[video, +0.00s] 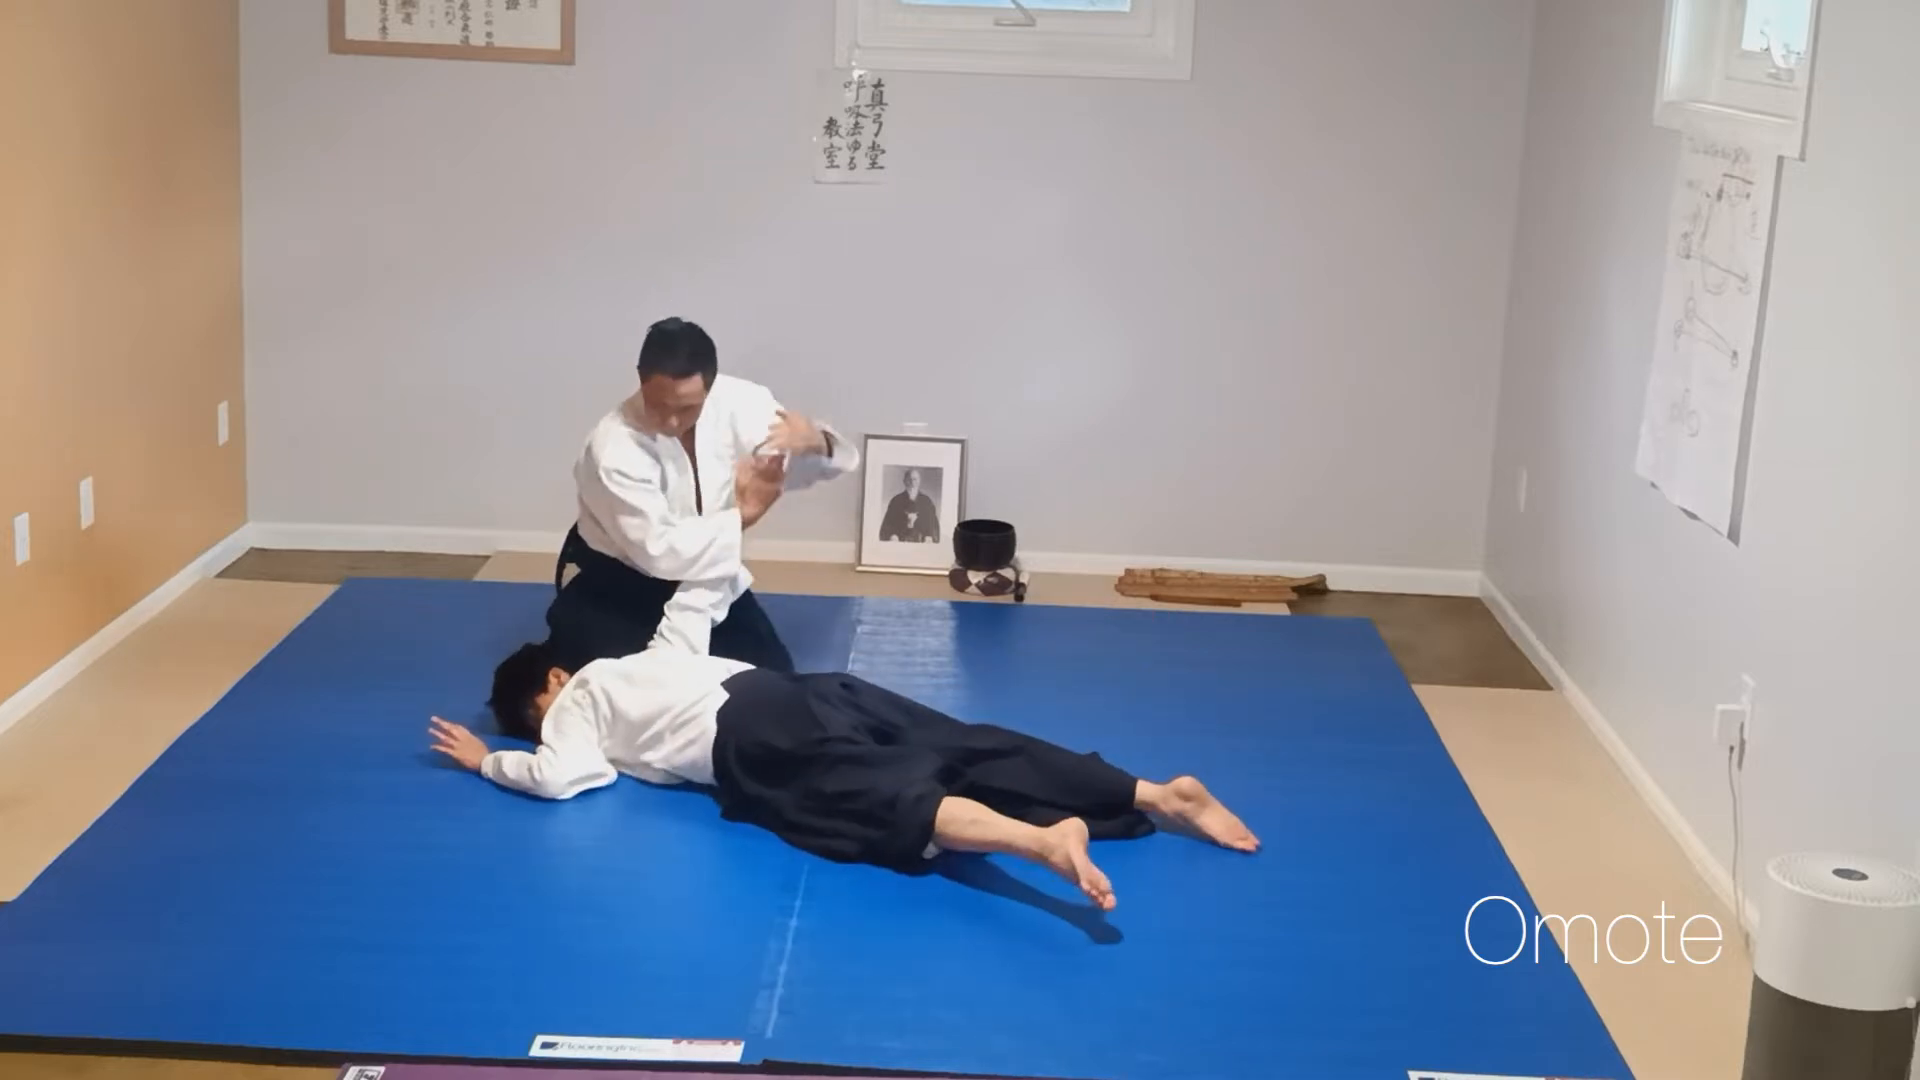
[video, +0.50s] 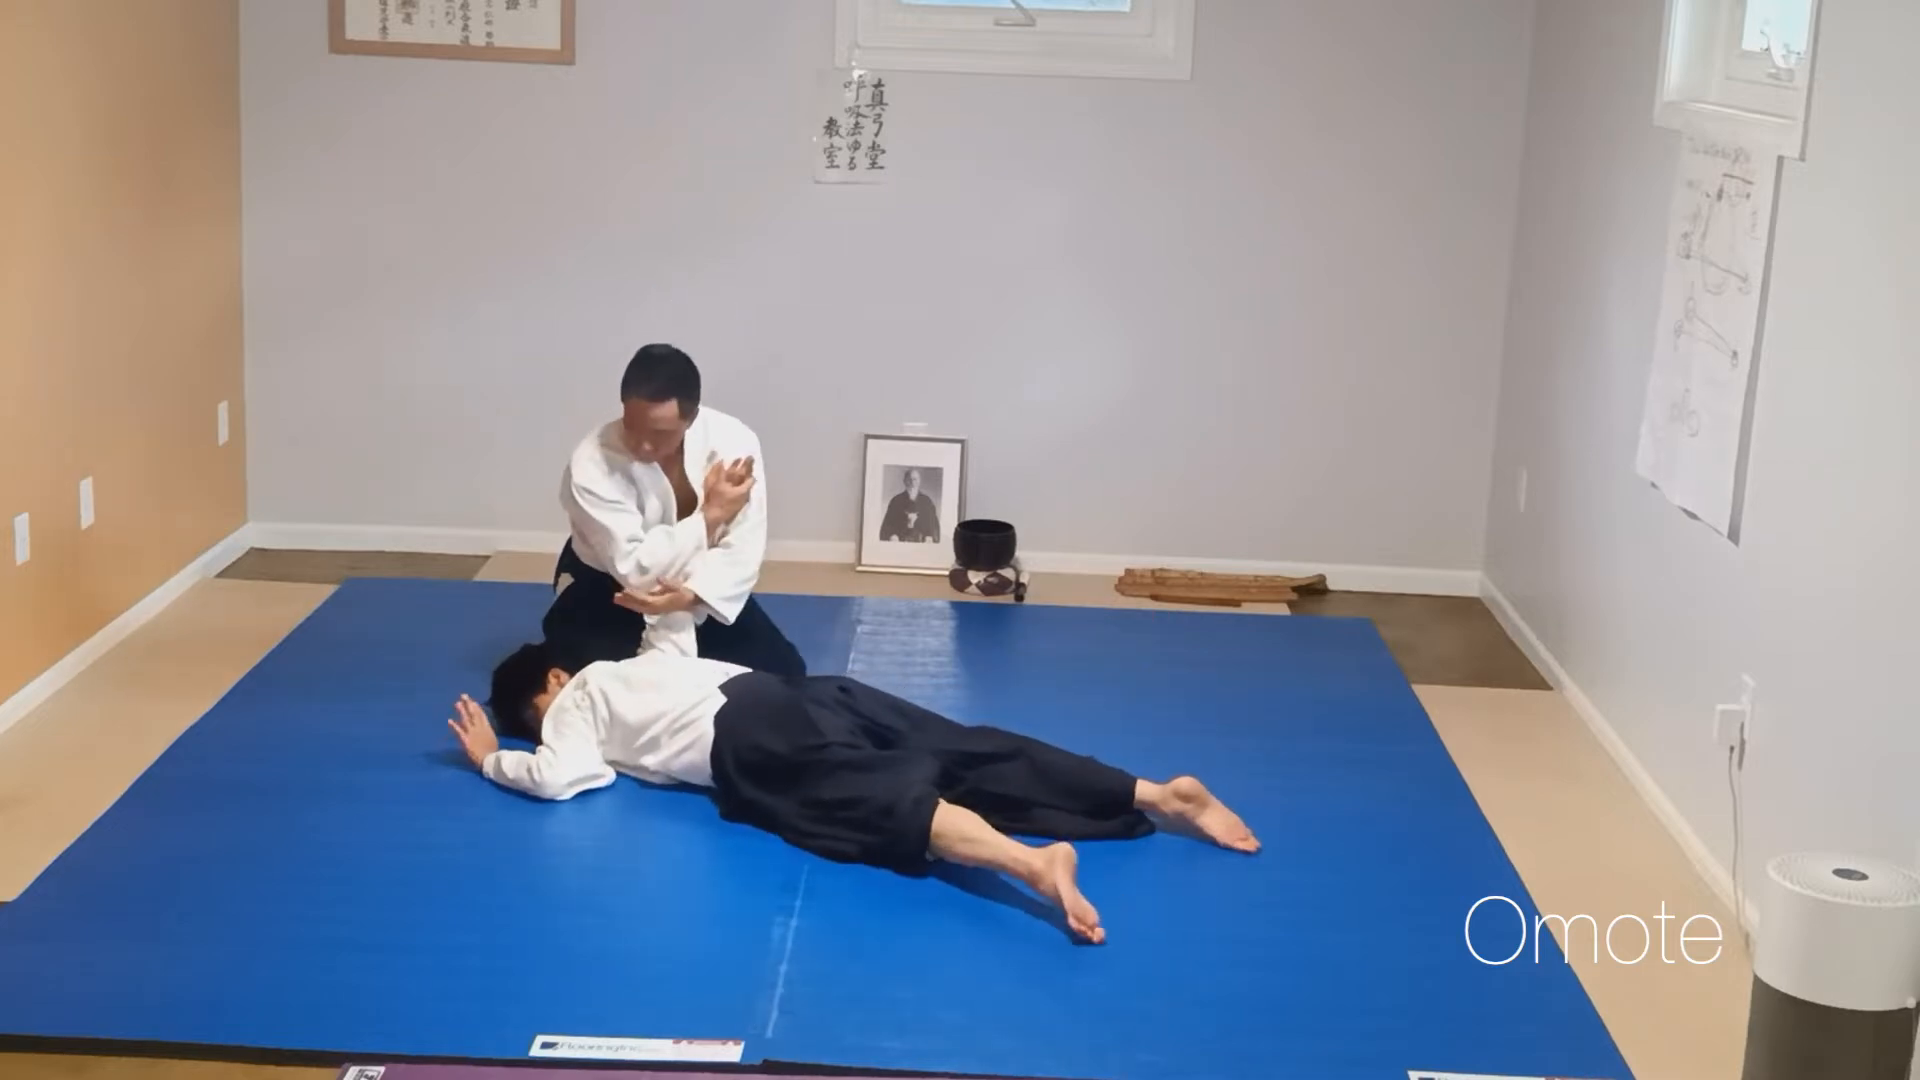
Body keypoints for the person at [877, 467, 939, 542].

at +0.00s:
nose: (912, 482)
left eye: (915, 479)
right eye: (909, 480)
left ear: (919, 481)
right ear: (904, 482)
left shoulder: (926, 501)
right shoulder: (896, 500)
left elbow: (932, 523)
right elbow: (887, 525)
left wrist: (930, 537)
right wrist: (891, 536)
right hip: (899, 543)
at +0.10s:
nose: (912, 482)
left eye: (915, 479)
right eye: (909, 479)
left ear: (919, 481)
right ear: (904, 481)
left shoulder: (926, 501)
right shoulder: (896, 500)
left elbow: (933, 523)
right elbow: (887, 524)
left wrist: (930, 537)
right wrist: (892, 536)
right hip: (899, 543)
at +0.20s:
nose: (912, 482)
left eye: (915, 479)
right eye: (909, 479)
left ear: (919, 481)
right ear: (904, 481)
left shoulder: (926, 501)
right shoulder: (896, 500)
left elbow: (932, 523)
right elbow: (887, 525)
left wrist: (930, 537)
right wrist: (892, 536)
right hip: (899, 543)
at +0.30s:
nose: (912, 482)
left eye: (915, 479)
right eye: (909, 479)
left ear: (919, 481)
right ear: (904, 481)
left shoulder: (926, 501)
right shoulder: (896, 500)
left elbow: (932, 523)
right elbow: (887, 525)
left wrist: (930, 537)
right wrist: (892, 536)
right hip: (899, 543)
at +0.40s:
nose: (912, 482)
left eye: (915, 479)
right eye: (909, 479)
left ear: (919, 481)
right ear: (904, 481)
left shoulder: (926, 501)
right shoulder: (896, 500)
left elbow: (933, 523)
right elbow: (887, 525)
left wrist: (930, 537)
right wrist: (892, 536)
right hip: (899, 543)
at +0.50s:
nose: (912, 482)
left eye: (915, 479)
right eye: (909, 479)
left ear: (919, 481)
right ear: (905, 481)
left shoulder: (926, 501)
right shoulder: (896, 500)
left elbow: (933, 523)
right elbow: (887, 525)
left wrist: (931, 537)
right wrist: (892, 536)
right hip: (899, 543)